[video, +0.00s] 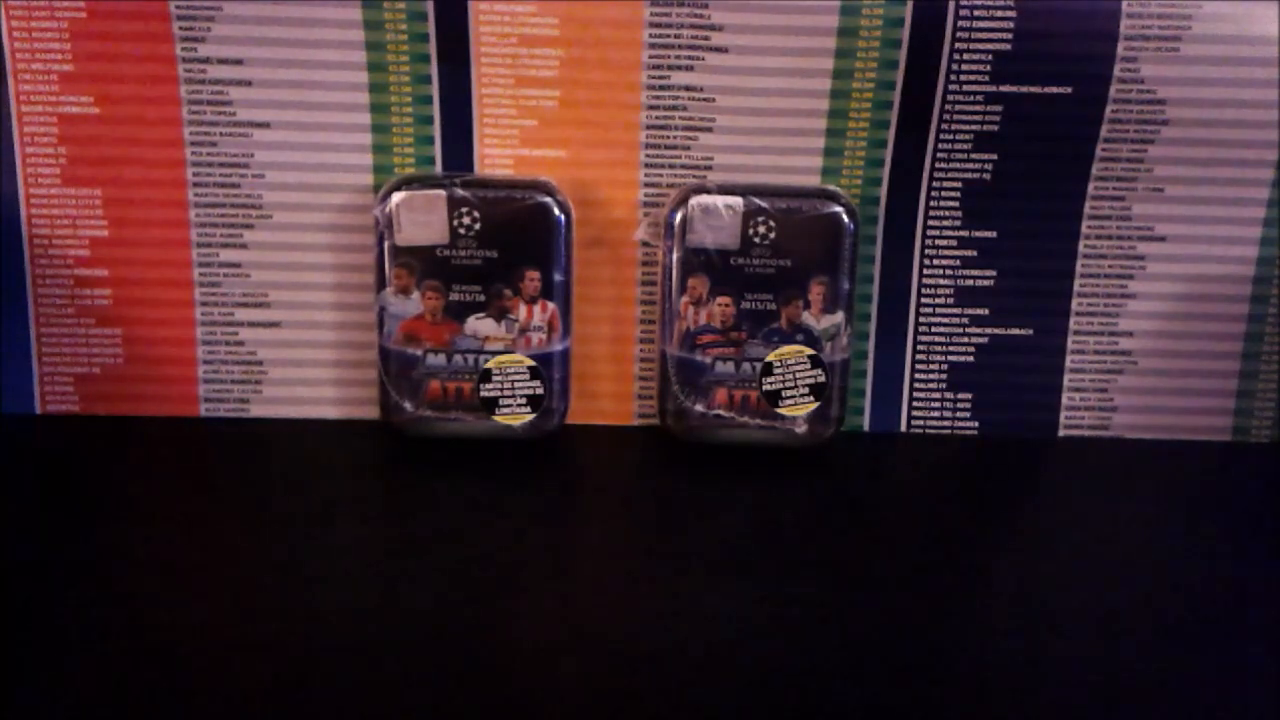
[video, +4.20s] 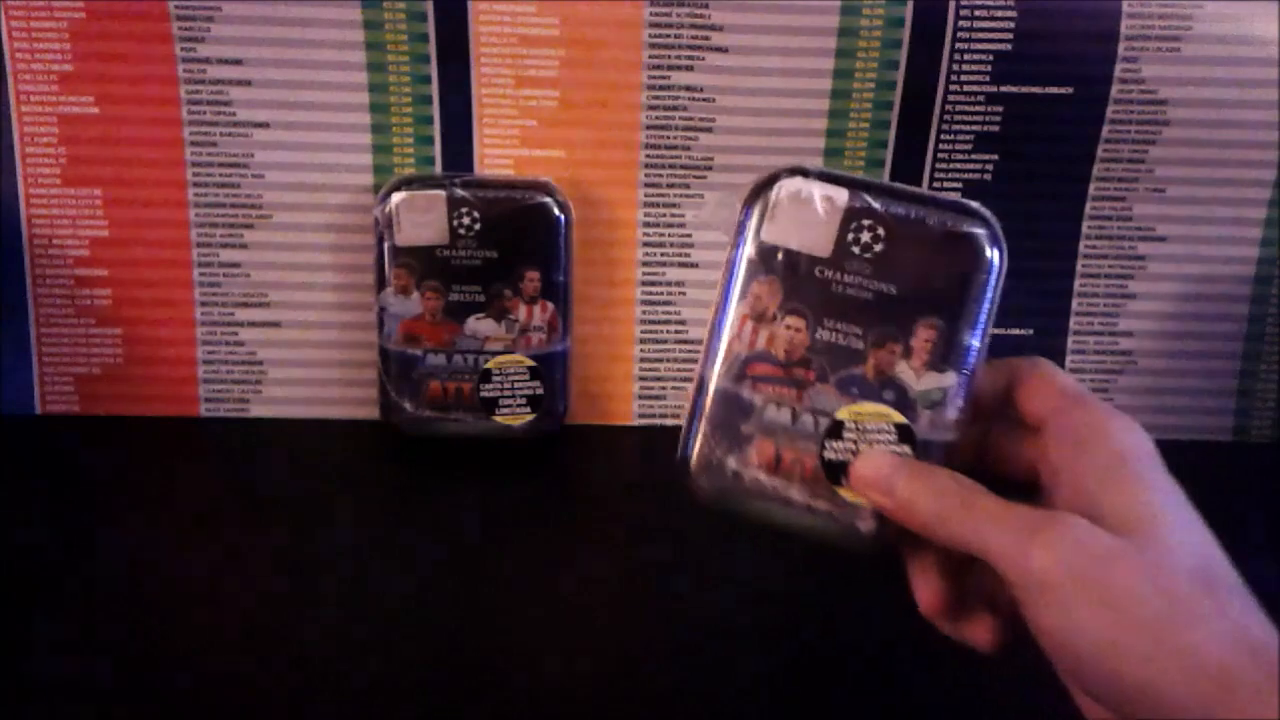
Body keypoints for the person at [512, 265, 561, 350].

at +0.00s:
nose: (536, 285)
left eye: (539, 281)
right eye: (531, 280)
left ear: (541, 283)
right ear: (521, 284)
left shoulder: (551, 308)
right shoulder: (512, 306)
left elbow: (556, 335)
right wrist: (520, 329)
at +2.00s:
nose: (536, 285)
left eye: (539, 281)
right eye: (531, 280)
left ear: (541, 283)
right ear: (521, 284)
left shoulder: (550, 308)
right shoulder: (512, 305)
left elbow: (556, 336)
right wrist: (520, 328)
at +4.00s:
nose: (536, 285)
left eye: (539, 281)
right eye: (531, 281)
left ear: (541, 283)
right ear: (521, 284)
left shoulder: (549, 308)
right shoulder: (512, 306)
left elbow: (555, 336)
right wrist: (521, 329)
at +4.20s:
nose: (536, 285)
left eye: (538, 281)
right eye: (531, 281)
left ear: (541, 283)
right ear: (521, 284)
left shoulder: (549, 307)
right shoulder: (512, 306)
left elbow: (556, 333)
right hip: (519, 352)